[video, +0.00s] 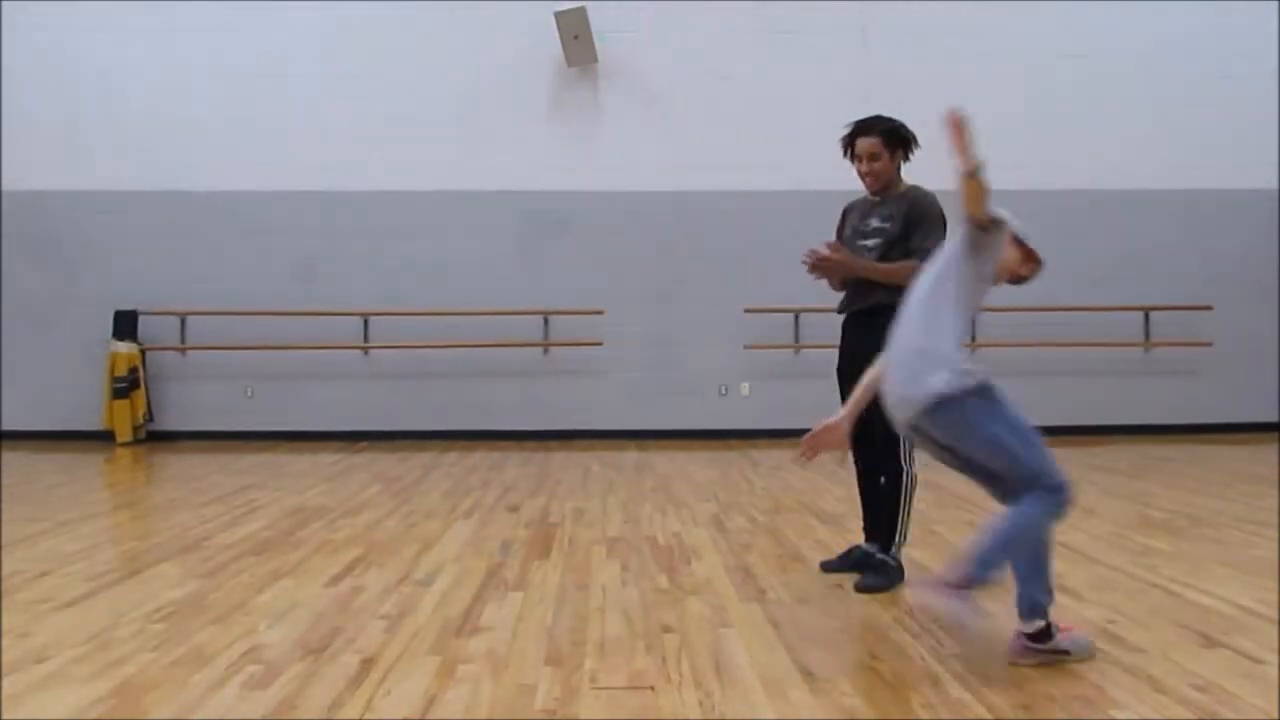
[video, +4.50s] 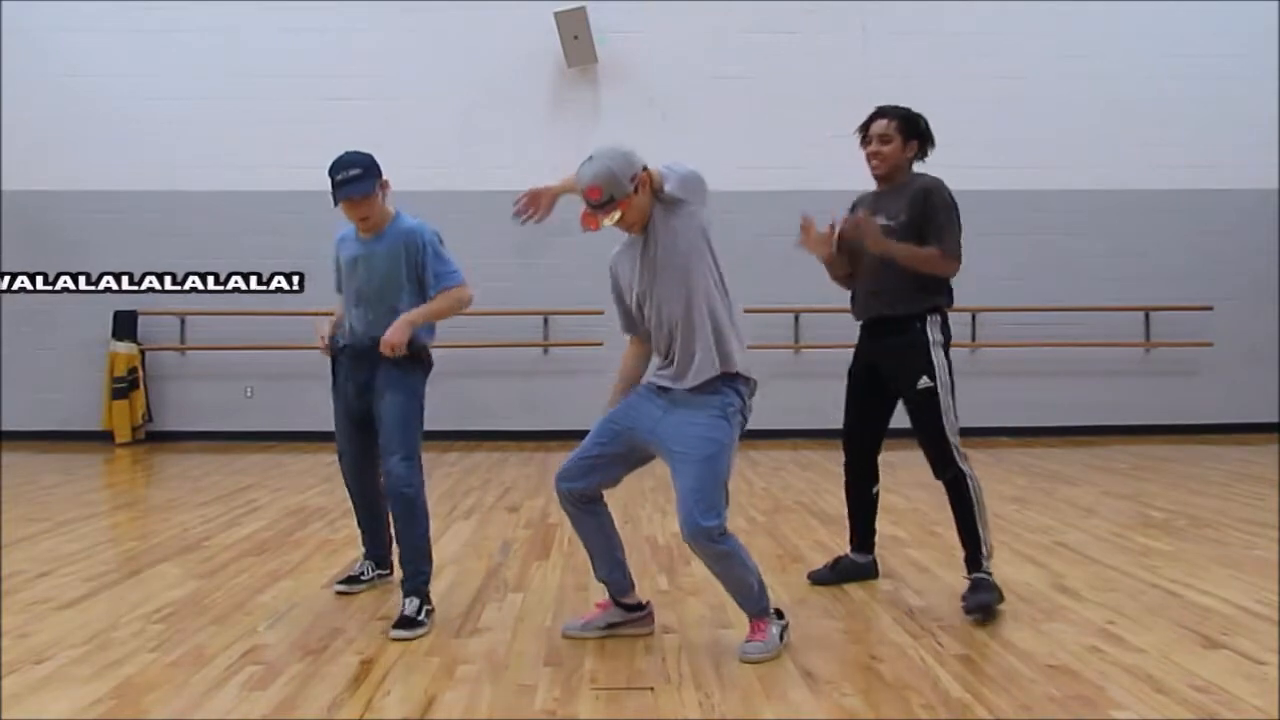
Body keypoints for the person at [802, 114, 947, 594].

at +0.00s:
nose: (865, 167)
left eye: (874, 157)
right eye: (858, 158)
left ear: (899, 157)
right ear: (852, 162)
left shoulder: (921, 206)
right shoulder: (852, 213)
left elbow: (926, 274)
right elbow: (848, 280)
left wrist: (853, 267)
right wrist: (833, 268)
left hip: (897, 326)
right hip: (858, 327)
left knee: (890, 441)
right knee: (863, 440)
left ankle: (889, 552)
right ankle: (872, 543)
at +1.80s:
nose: (848, 143)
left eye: (854, 134)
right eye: (836, 139)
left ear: (867, 144)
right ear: (824, 157)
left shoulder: (904, 192)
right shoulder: (822, 213)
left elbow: (950, 237)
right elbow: (819, 281)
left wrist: (915, 255)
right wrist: (795, 242)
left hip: (890, 329)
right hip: (844, 333)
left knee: (890, 448)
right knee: (849, 447)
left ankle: (892, 557)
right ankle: (862, 548)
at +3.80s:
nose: (841, 145)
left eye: (852, 137)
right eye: (839, 138)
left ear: (880, 150)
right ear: (841, 151)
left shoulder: (897, 196)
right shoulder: (844, 205)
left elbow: (930, 257)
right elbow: (845, 270)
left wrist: (866, 271)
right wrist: (814, 255)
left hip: (879, 329)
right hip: (842, 330)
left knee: (877, 445)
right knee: (841, 444)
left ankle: (893, 557)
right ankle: (859, 550)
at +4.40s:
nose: (858, 151)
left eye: (869, 143)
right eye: (854, 144)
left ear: (897, 149)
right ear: (852, 151)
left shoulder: (917, 197)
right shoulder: (853, 207)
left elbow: (940, 267)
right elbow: (856, 277)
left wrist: (878, 273)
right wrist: (824, 277)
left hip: (908, 332)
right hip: (865, 335)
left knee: (925, 449)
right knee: (852, 447)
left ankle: (961, 571)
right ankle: (860, 555)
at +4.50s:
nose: (873, 150)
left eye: (884, 141)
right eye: (868, 142)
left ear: (912, 147)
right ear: (863, 151)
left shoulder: (931, 193)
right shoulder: (860, 207)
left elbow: (948, 261)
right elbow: (849, 277)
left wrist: (882, 245)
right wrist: (830, 253)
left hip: (921, 333)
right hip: (875, 336)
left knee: (944, 453)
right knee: (858, 450)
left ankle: (979, 572)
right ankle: (861, 555)